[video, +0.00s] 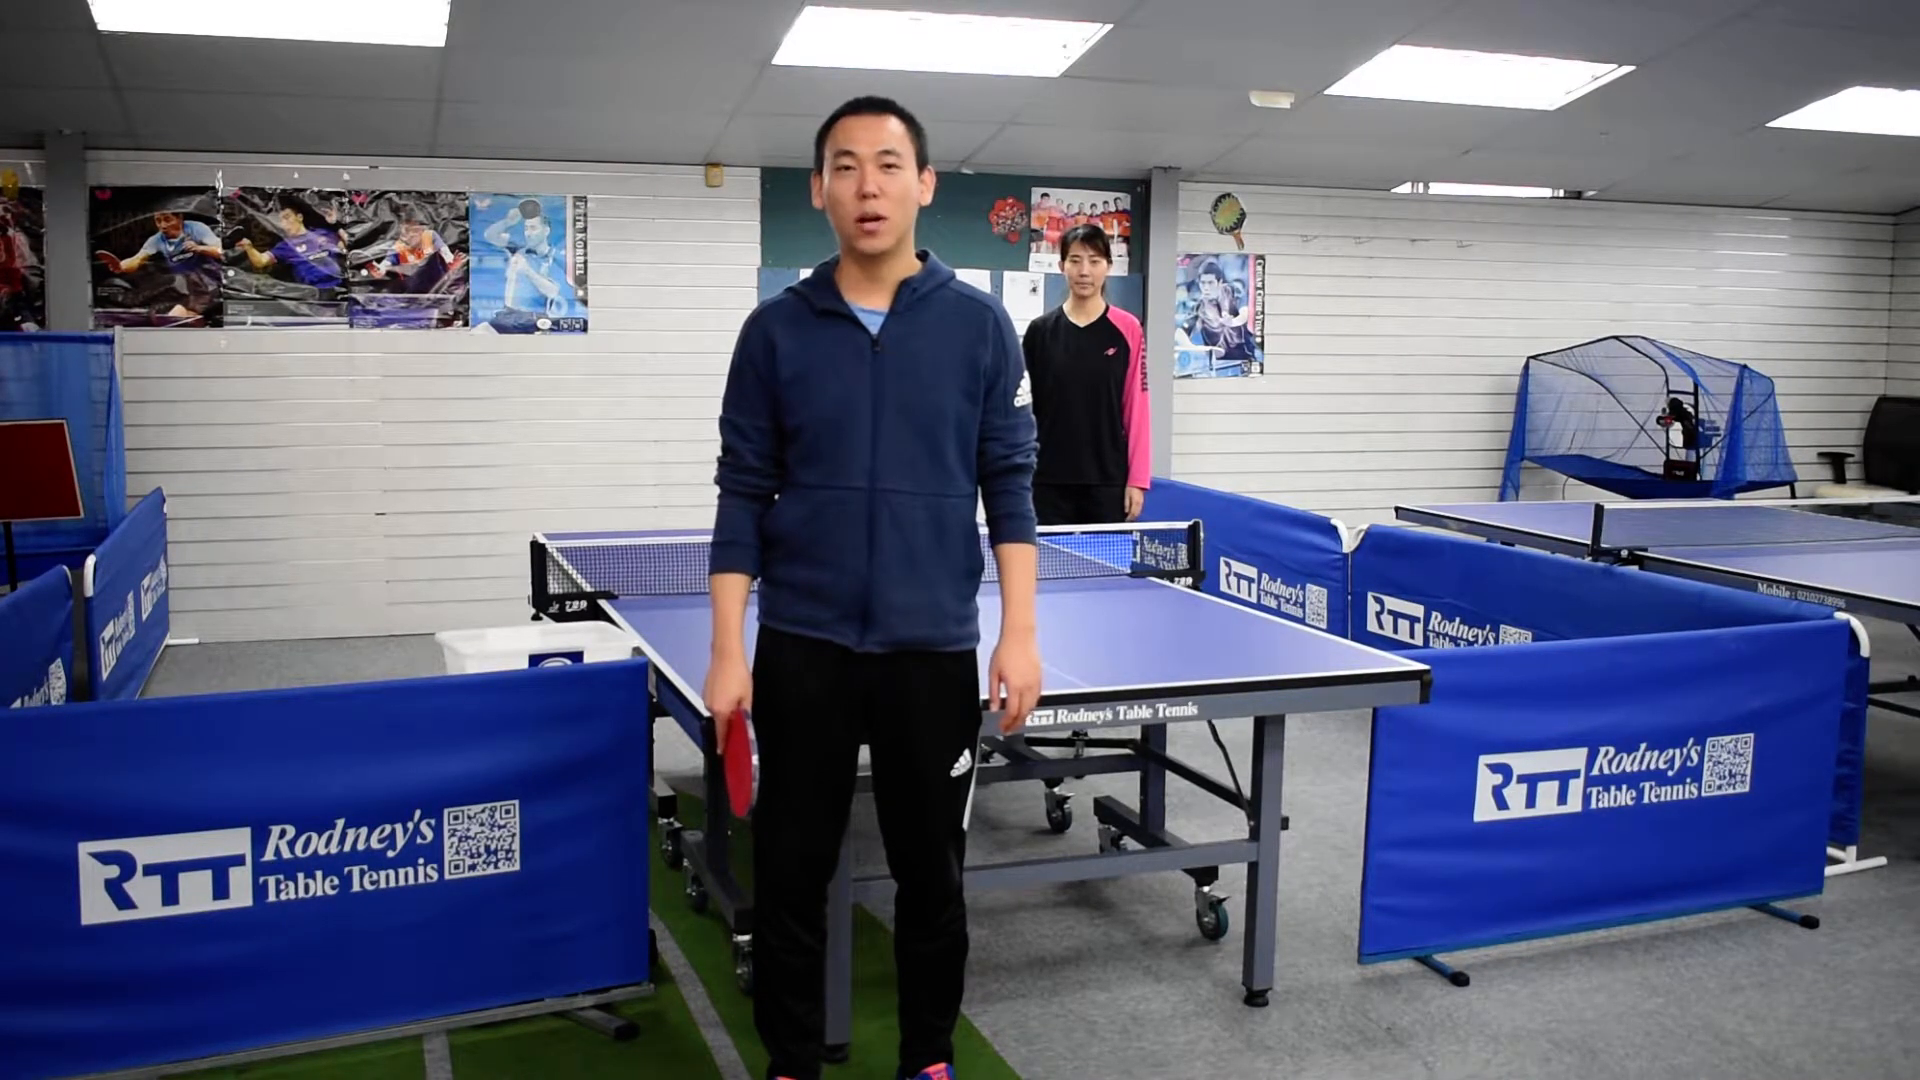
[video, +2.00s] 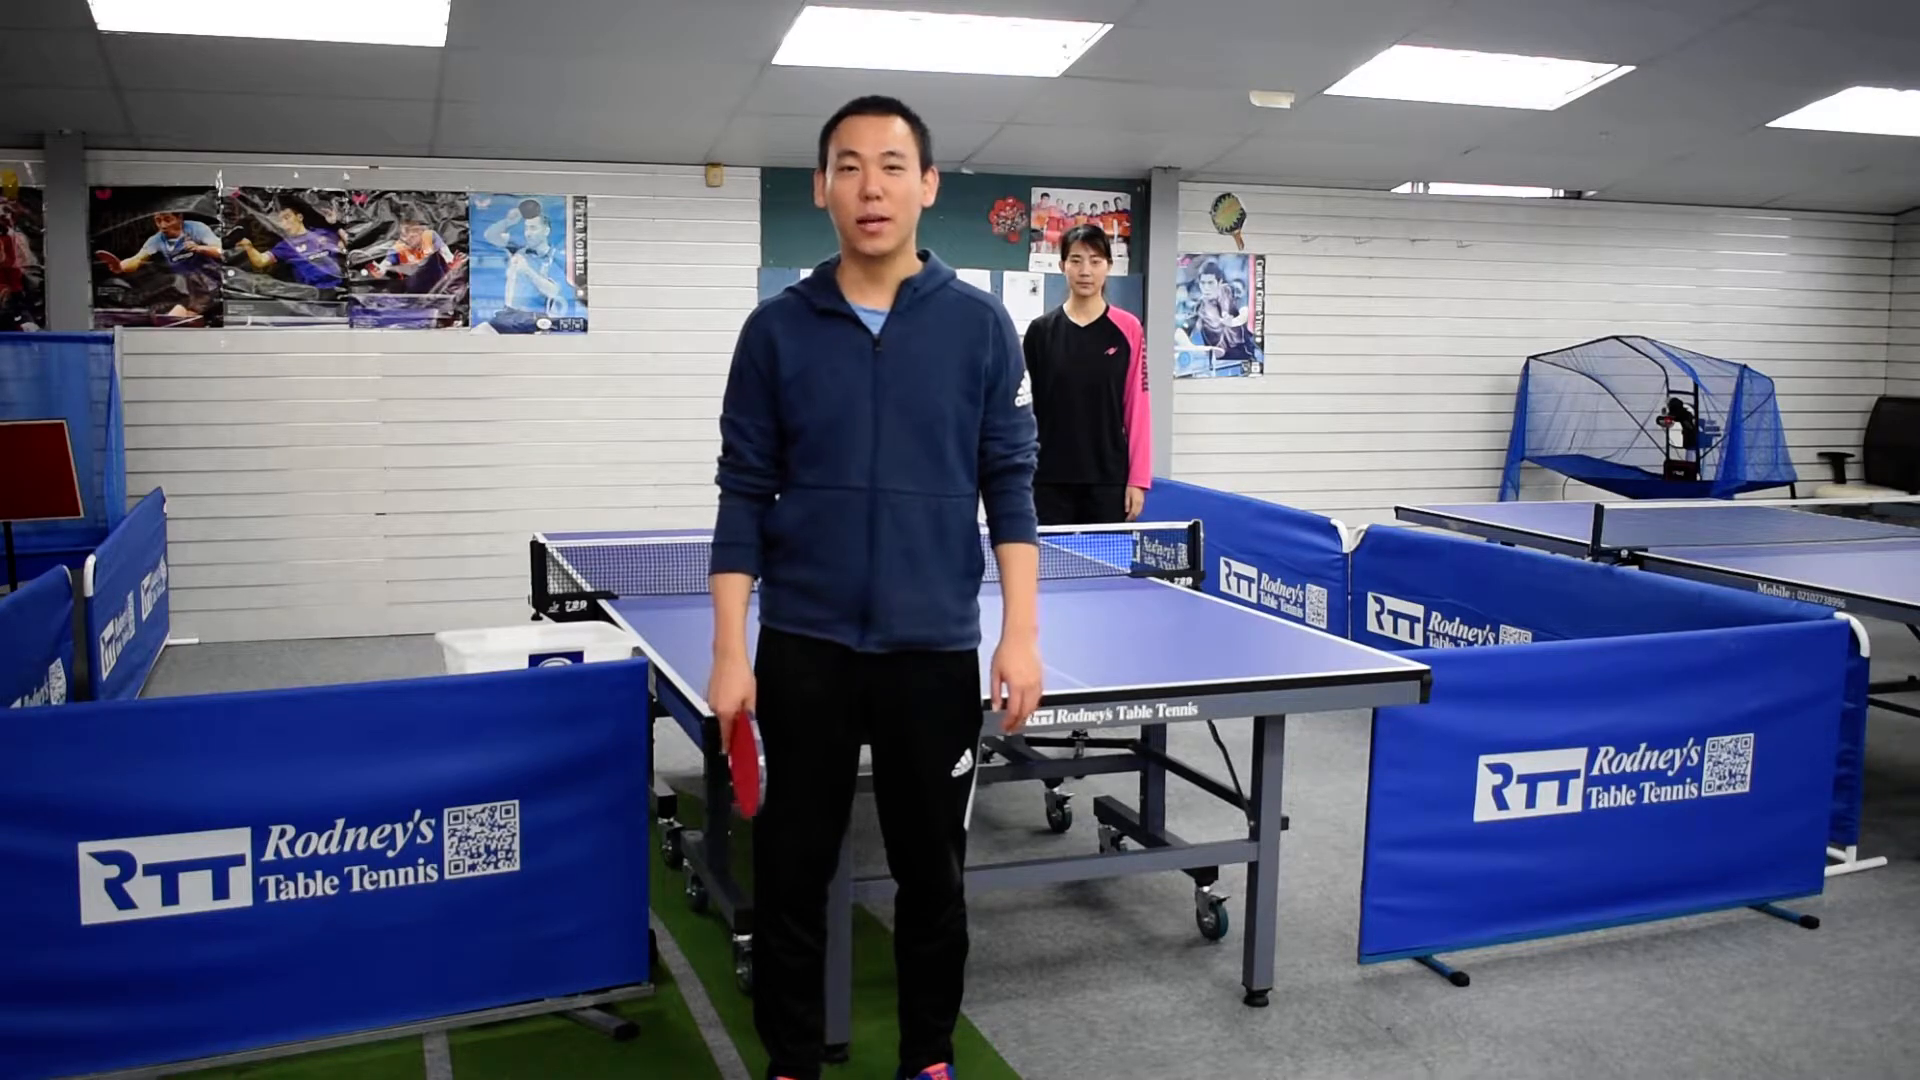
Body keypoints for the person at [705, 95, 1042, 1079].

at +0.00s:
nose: (866, 185)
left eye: (888, 165)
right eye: (844, 166)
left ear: (924, 188)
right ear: (820, 192)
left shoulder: (979, 327)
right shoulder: (776, 330)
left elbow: (1011, 485)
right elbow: (740, 490)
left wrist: (1020, 633)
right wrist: (727, 649)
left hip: (932, 645)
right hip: (804, 644)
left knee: (930, 874)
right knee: (789, 875)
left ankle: (929, 1060)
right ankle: (791, 1062)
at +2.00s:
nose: (870, 187)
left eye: (892, 167)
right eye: (849, 168)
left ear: (926, 189)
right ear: (823, 190)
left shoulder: (979, 326)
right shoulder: (777, 329)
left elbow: (1011, 486)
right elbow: (741, 491)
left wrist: (1021, 634)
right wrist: (729, 650)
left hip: (933, 644)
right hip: (805, 643)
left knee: (931, 872)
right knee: (790, 874)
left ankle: (930, 1061)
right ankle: (791, 1061)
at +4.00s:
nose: (867, 186)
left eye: (889, 166)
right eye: (845, 168)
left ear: (923, 187)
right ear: (820, 192)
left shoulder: (979, 326)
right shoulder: (777, 330)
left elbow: (1012, 483)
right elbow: (742, 492)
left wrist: (1022, 631)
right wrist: (731, 653)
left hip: (933, 644)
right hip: (805, 643)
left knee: (932, 873)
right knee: (790, 876)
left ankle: (930, 1060)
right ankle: (791, 1062)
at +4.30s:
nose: (864, 195)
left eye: (884, 173)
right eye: (842, 176)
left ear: (919, 187)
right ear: (814, 194)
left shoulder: (976, 323)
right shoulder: (777, 328)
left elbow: (1010, 478)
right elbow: (736, 467)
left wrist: (1025, 628)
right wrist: (682, 539)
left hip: (936, 640)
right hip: (808, 636)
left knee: (931, 869)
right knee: (793, 867)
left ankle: (928, 1058)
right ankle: (792, 1062)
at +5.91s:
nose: (876, 188)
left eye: (899, 169)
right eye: (855, 170)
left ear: (934, 190)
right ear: (831, 193)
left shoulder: (987, 327)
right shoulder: (784, 330)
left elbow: (1017, 486)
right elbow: (749, 491)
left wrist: (1023, 634)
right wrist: (743, 647)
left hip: (936, 646)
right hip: (807, 644)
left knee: (934, 875)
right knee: (794, 879)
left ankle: (930, 1060)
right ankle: (791, 1062)